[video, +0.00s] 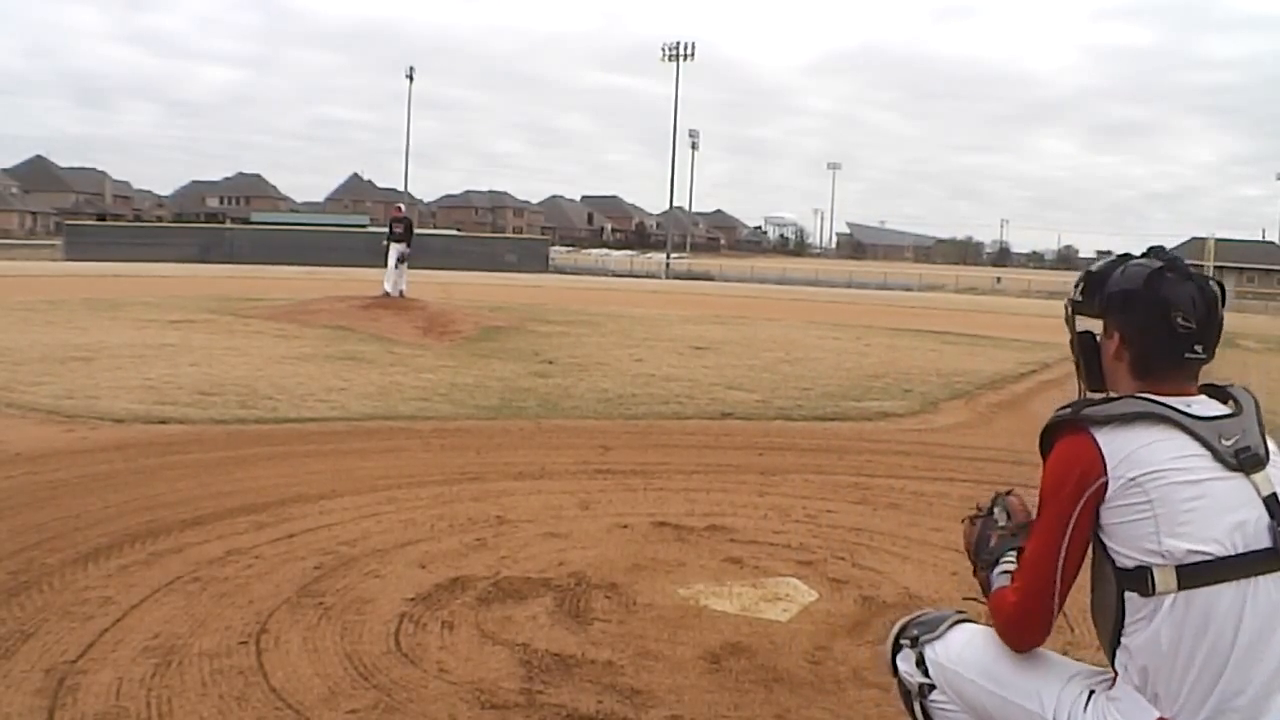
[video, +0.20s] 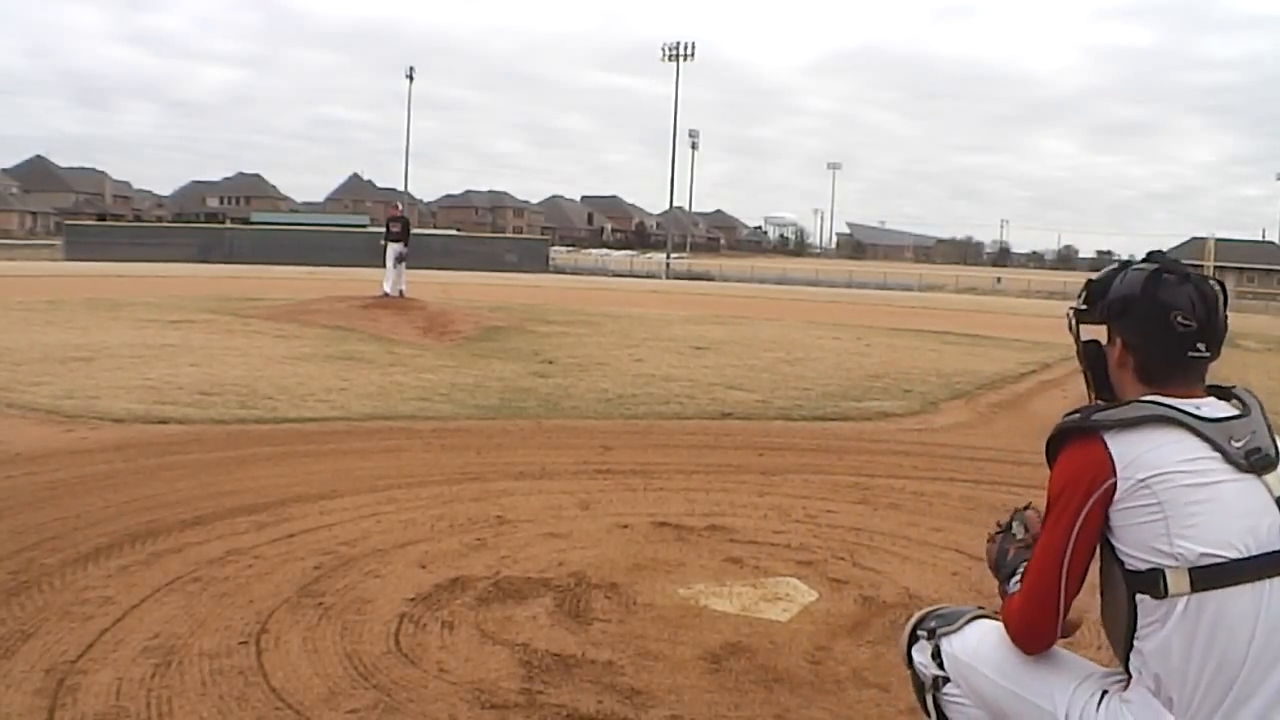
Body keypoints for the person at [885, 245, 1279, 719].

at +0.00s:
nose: (1093, 344)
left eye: (1098, 330)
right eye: (1097, 329)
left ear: (1115, 343)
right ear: (1198, 345)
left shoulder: (1094, 441)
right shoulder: (1248, 423)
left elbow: (1022, 630)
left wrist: (999, 561)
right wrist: (1049, 529)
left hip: (1161, 711)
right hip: (1265, 705)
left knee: (926, 647)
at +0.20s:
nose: (1098, 349)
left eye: (1103, 336)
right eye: (1102, 334)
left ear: (1119, 351)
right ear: (1205, 353)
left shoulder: (1102, 445)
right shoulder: (1249, 420)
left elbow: (1033, 633)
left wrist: (1017, 571)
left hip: (1171, 711)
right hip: (1262, 702)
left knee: (940, 640)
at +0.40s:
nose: (1106, 352)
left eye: (1109, 339)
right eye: (1109, 338)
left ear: (1123, 355)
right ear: (1212, 354)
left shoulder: (1109, 451)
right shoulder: (1258, 423)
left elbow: (1036, 641)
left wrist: (1031, 574)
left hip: (1170, 711)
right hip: (1265, 704)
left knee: (942, 641)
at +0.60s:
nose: (1112, 349)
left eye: (1118, 336)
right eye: (1116, 335)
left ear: (1134, 351)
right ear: (1218, 355)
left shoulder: (1112, 451)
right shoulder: (1261, 425)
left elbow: (1038, 640)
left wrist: (1034, 572)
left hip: (1170, 711)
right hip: (1265, 703)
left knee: (944, 640)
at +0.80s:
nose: (1112, 350)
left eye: (1118, 337)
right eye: (1116, 336)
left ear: (1134, 351)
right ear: (1215, 357)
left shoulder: (1108, 453)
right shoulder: (1260, 426)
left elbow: (1035, 642)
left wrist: (1033, 575)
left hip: (1166, 712)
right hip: (1265, 705)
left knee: (944, 640)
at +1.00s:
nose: (1112, 352)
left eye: (1117, 340)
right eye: (1115, 339)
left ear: (1134, 356)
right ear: (1215, 362)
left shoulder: (1104, 452)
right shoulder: (1255, 430)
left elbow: (1033, 643)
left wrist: (1033, 571)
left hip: (1164, 714)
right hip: (1263, 706)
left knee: (943, 641)